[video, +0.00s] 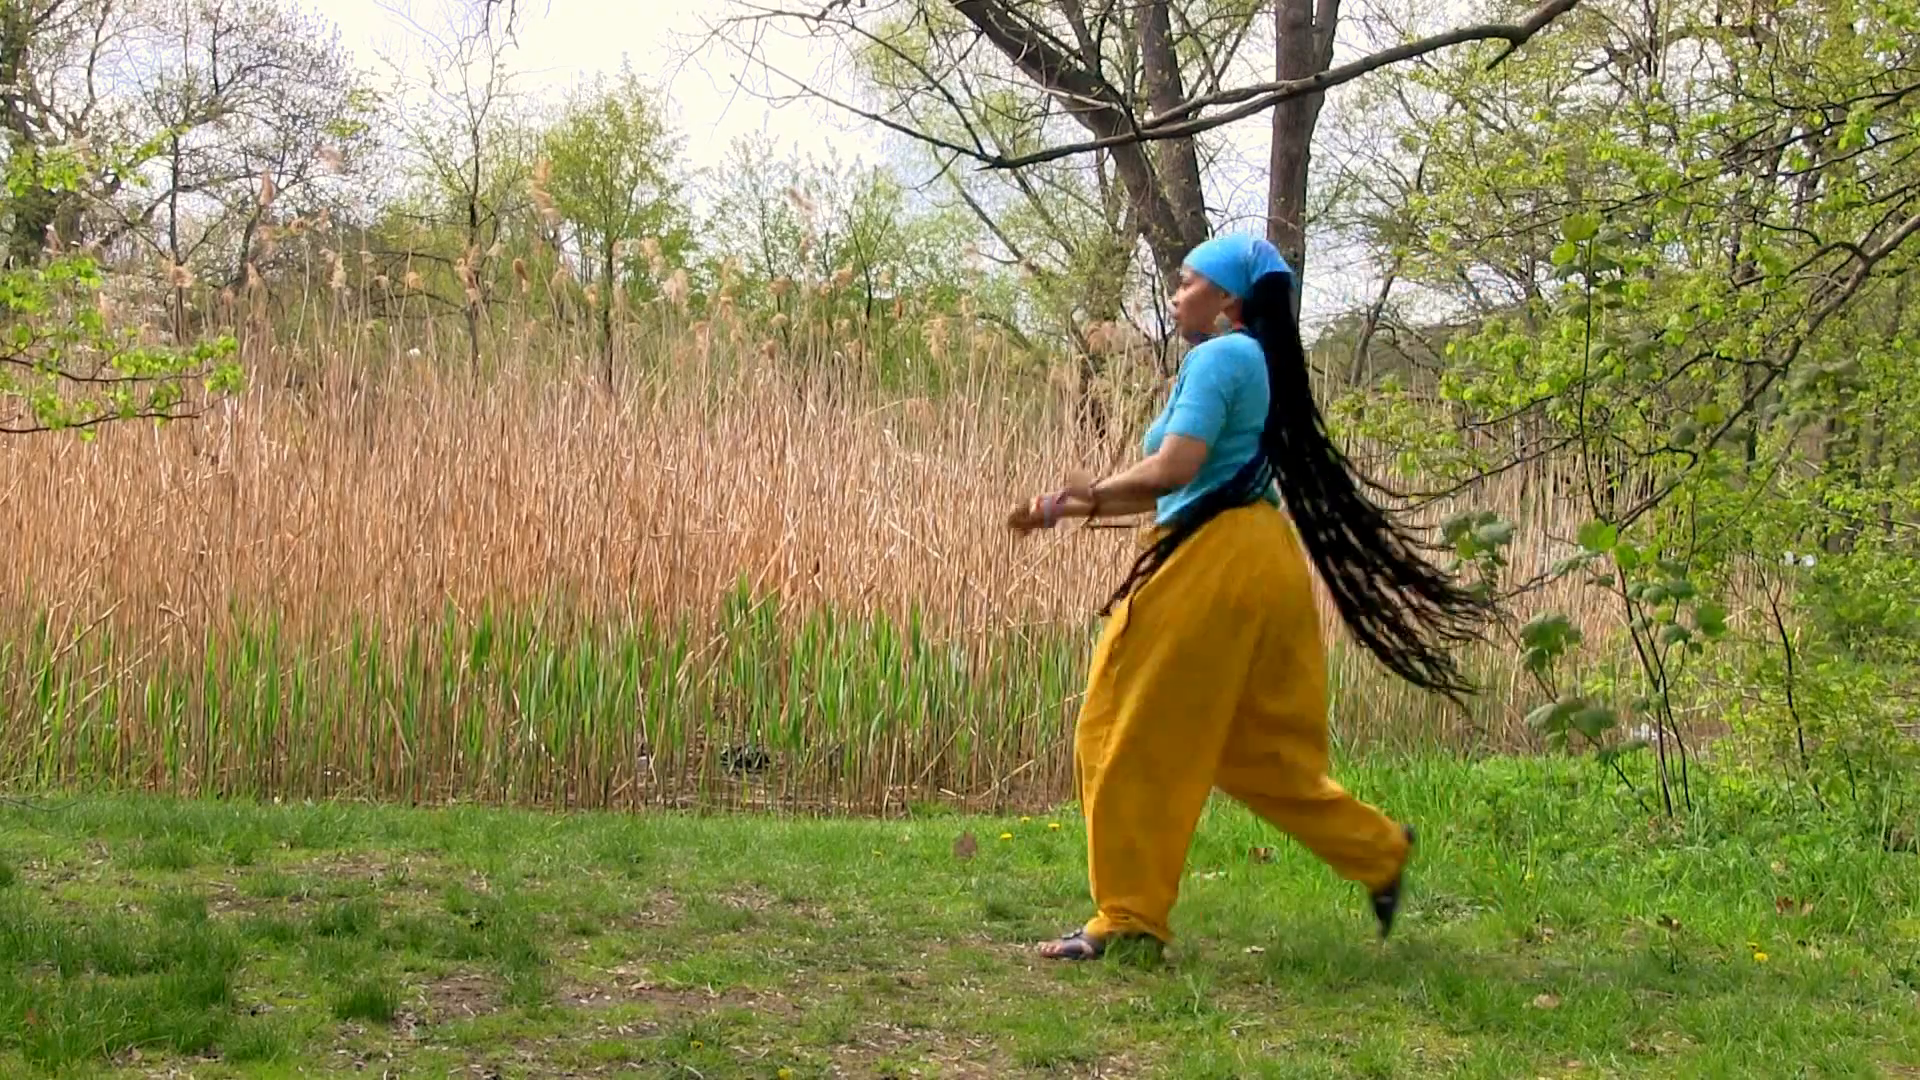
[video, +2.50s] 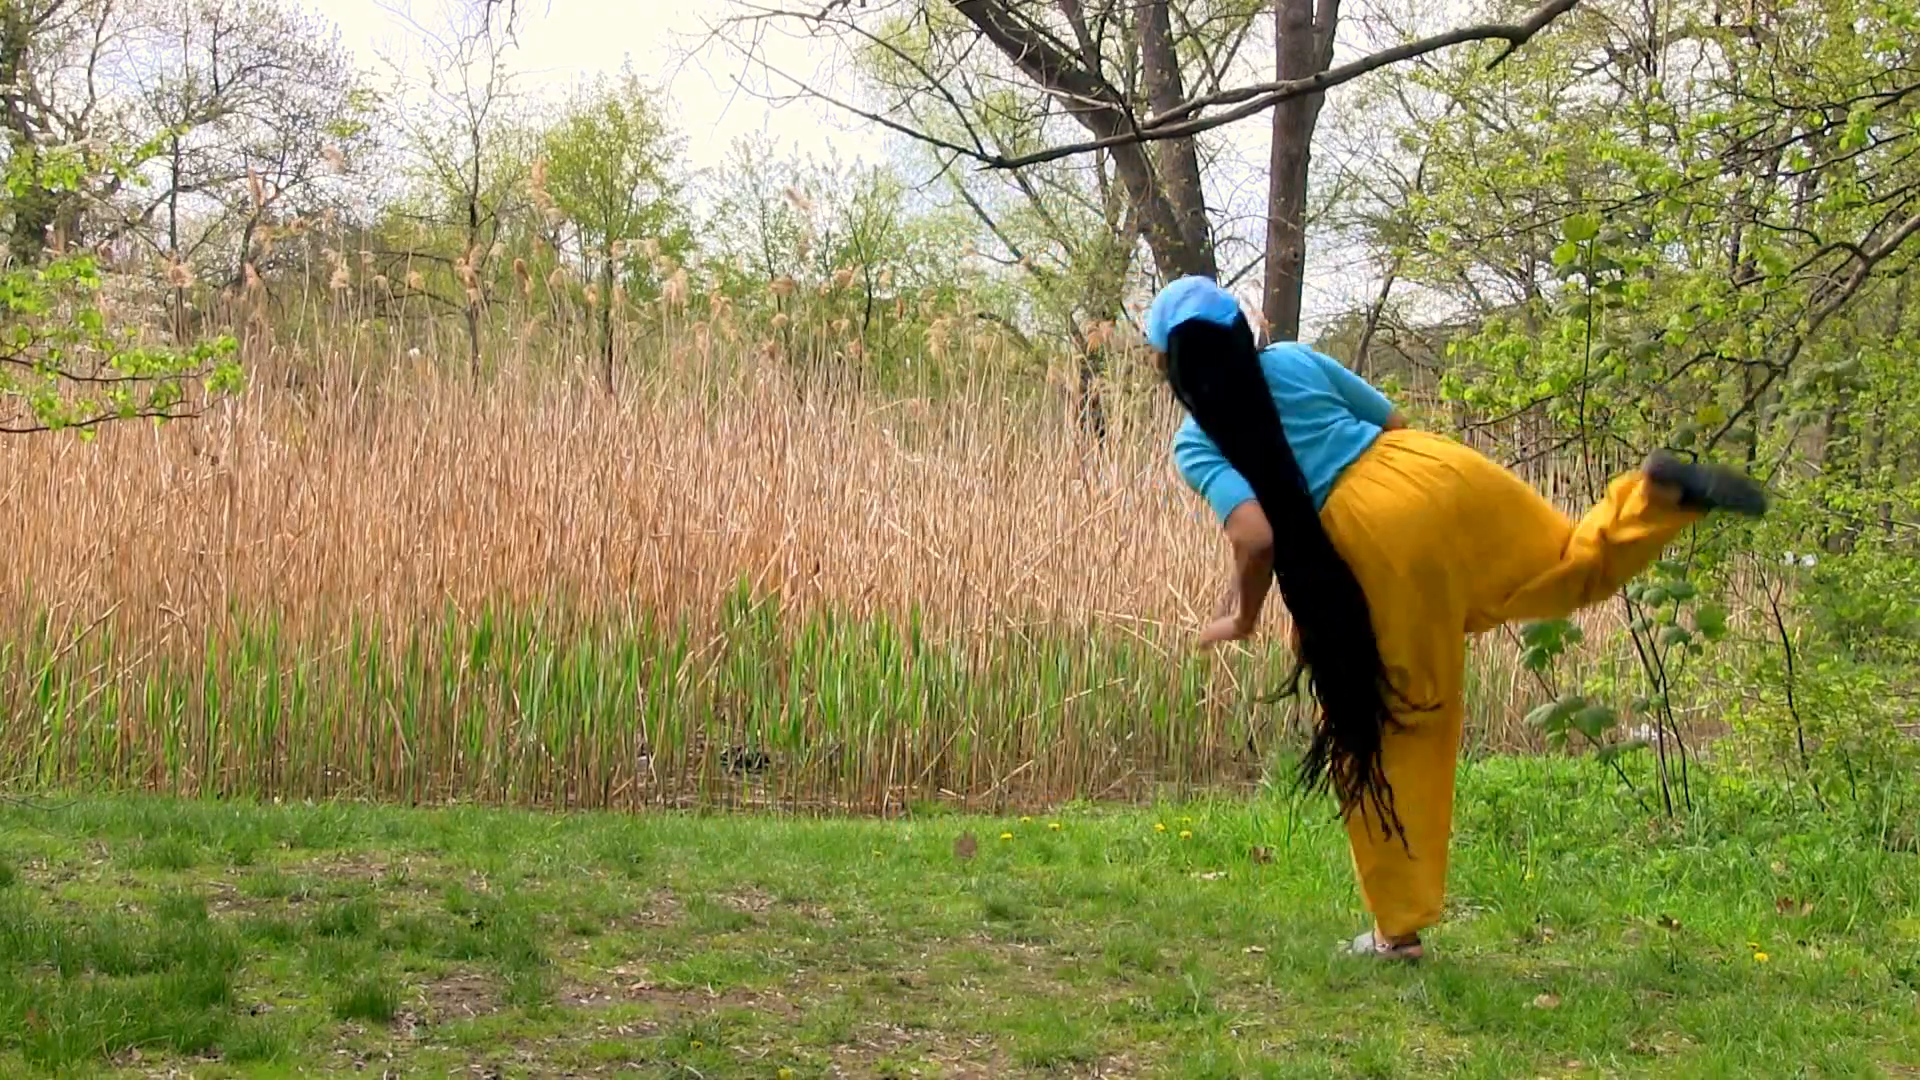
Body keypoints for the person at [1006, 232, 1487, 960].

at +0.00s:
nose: (1176, 295)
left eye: (1189, 284)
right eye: (1182, 280)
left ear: (1227, 300)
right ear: (1231, 301)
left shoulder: (1216, 360)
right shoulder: (1247, 361)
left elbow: (1173, 467)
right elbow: (1171, 477)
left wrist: (1084, 494)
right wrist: (1085, 503)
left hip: (1216, 557)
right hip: (1269, 552)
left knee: (1126, 728)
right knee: (1245, 743)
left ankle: (1128, 917)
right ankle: (1378, 851)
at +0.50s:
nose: (1151, 263)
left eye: (1150, 250)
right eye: (1137, 250)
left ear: (1116, 263)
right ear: (1090, 258)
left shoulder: (1101, 333)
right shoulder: (1041, 317)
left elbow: (1059, 431)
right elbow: (980, 390)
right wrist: (953, 470)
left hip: (1070, 529)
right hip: (1002, 514)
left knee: (1092, 708)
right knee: (1007, 715)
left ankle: (914, 767)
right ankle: (973, 911)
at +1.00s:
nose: (958, 289)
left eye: (953, 275)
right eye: (945, 277)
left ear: (892, 293)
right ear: (906, 289)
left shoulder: (867, 350)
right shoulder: (924, 346)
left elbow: (950, 431)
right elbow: (1032, 369)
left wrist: (999, 371)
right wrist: (1042, 320)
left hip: (833, 539)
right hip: (898, 541)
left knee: (788, 700)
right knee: (1000, 714)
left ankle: (716, 886)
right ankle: (971, 913)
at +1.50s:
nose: (1058, 265)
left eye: (1053, 252)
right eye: (1046, 254)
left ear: (1019, 269)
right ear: (1005, 271)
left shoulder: (1051, 344)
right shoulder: (953, 352)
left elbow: (1119, 433)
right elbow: (961, 464)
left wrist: (1211, 481)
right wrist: (1034, 459)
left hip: (1022, 551)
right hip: (959, 545)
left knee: (1043, 720)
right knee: (967, 724)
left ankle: (895, 823)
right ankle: (928, 909)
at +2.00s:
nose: (1228, 285)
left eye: (1221, 272)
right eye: (1216, 275)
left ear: (1151, 298)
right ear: (1187, 289)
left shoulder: (1128, 371)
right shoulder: (1242, 336)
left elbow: (1071, 479)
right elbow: (1309, 442)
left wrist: (1125, 542)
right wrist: (1286, 474)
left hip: (1174, 547)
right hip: (1258, 525)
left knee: (1257, 736)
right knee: (1398, 673)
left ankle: (1290, 924)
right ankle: (1260, 766)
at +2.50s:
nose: (1157, 364)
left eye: (1157, 352)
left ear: (1169, 362)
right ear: (1242, 330)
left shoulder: (1194, 438)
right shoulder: (1297, 358)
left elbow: (1254, 529)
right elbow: (1383, 414)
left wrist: (1242, 615)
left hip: (1358, 533)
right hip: (1421, 464)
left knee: (1385, 728)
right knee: (1569, 568)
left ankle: (1399, 930)